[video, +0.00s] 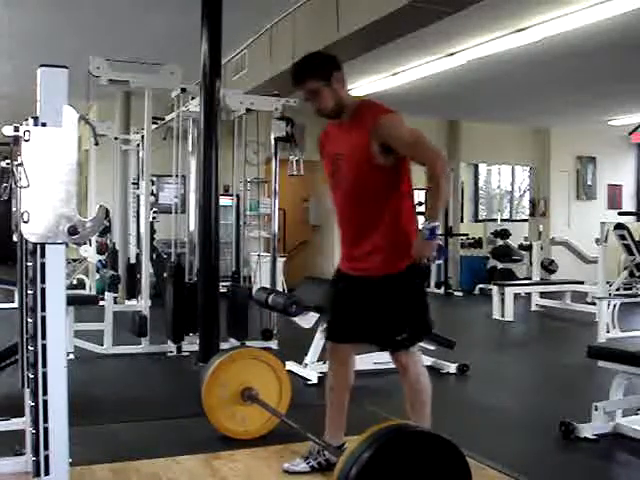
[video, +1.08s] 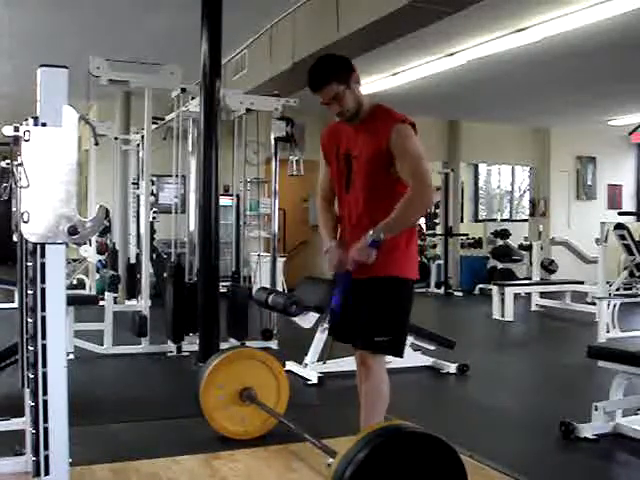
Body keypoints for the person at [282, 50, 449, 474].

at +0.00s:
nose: (312, 104)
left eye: (316, 94)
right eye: (307, 98)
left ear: (338, 81)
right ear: (308, 97)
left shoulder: (381, 121)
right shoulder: (328, 137)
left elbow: (438, 163)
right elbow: (346, 197)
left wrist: (430, 231)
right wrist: (349, 252)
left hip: (397, 265)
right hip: (352, 266)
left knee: (405, 358)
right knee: (339, 353)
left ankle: (423, 444)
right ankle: (332, 446)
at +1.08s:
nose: (335, 109)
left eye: (337, 98)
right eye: (326, 104)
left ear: (354, 80)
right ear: (320, 100)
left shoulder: (393, 127)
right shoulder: (333, 135)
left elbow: (423, 192)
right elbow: (325, 198)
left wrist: (376, 236)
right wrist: (331, 242)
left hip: (388, 265)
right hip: (353, 264)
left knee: (370, 359)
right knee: (363, 358)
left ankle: (370, 450)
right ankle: (370, 447)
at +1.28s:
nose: (314, 131)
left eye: (317, 119)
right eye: (306, 125)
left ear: (336, 99)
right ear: (297, 119)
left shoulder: (378, 143)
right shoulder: (318, 145)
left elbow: (400, 223)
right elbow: (320, 209)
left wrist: (369, 287)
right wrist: (312, 268)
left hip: (394, 270)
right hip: (354, 265)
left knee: (365, 358)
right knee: (334, 350)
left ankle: (368, 449)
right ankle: (368, 434)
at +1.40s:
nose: (299, 158)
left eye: (302, 147)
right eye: (291, 152)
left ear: (318, 129)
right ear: (286, 145)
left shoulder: (362, 162)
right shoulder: (308, 168)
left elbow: (379, 251)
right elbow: (309, 225)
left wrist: (365, 328)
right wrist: (304, 287)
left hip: (402, 267)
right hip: (361, 263)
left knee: (367, 354)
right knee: (327, 339)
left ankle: (370, 448)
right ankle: (348, 429)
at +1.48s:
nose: (286, 202)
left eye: (288, 191)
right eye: (279, 196)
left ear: (305, 166)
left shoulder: (351, 195)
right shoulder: (293, 198)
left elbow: (367, 288)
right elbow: (297, 261)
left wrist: (366, 369)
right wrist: (295, 323)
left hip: (407, 266)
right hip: (362, 265)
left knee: (372, 362)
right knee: (335, 352)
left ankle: (367, 453)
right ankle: (327, 443)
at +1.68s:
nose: (281, 257)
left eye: (282, 246)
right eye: (273, 252)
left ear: (296, 220)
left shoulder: (346, 237)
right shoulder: (285, 242)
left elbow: (375, 337)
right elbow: (289, 311)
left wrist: (377, 408)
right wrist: (290, 375)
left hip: (406, 273)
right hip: (357, 274)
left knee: (369, 356)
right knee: (327, 349)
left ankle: (365, 450)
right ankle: (324, 445)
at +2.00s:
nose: (285, 307)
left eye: (287, 296)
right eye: (277, 302)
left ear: (299, 266)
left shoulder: (348, 275)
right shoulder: (281, 286)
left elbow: (383, 360)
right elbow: (290, 355)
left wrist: (372, 441)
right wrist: (296, 430)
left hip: (409, 278)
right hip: (355, 286)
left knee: (364, 357)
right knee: (316, 356)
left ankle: (366, 449)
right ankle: (324, 446)